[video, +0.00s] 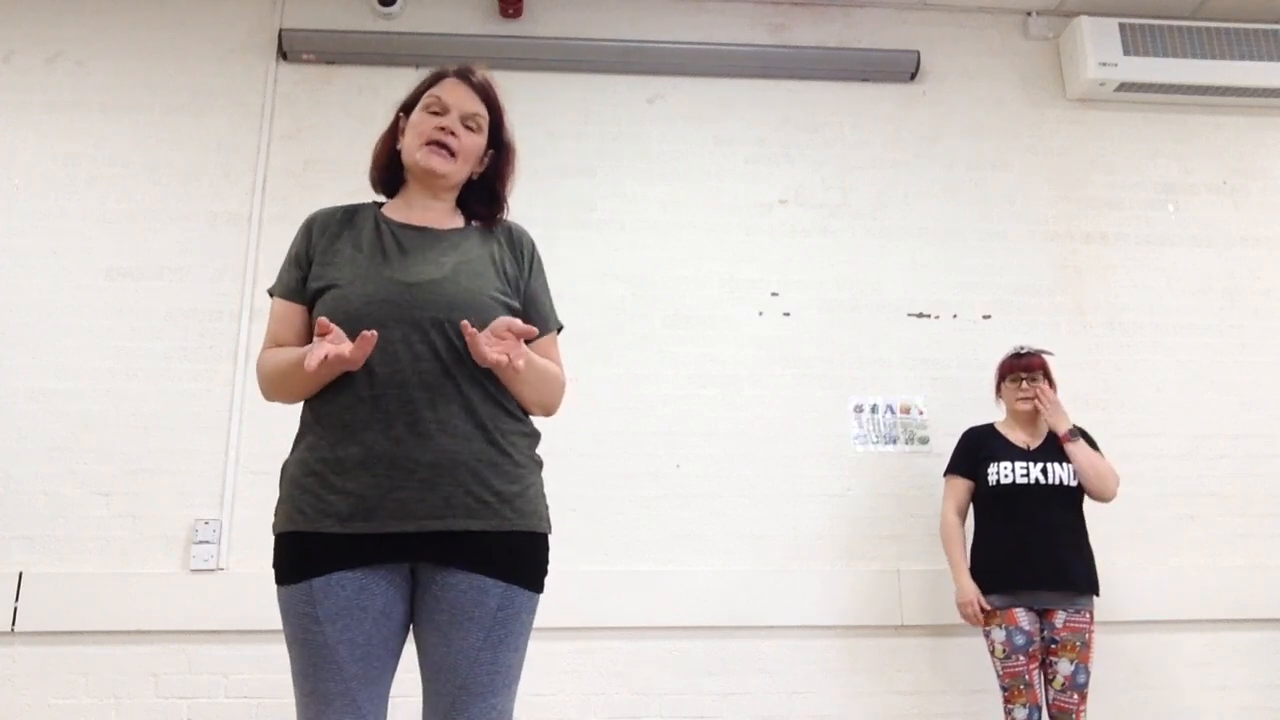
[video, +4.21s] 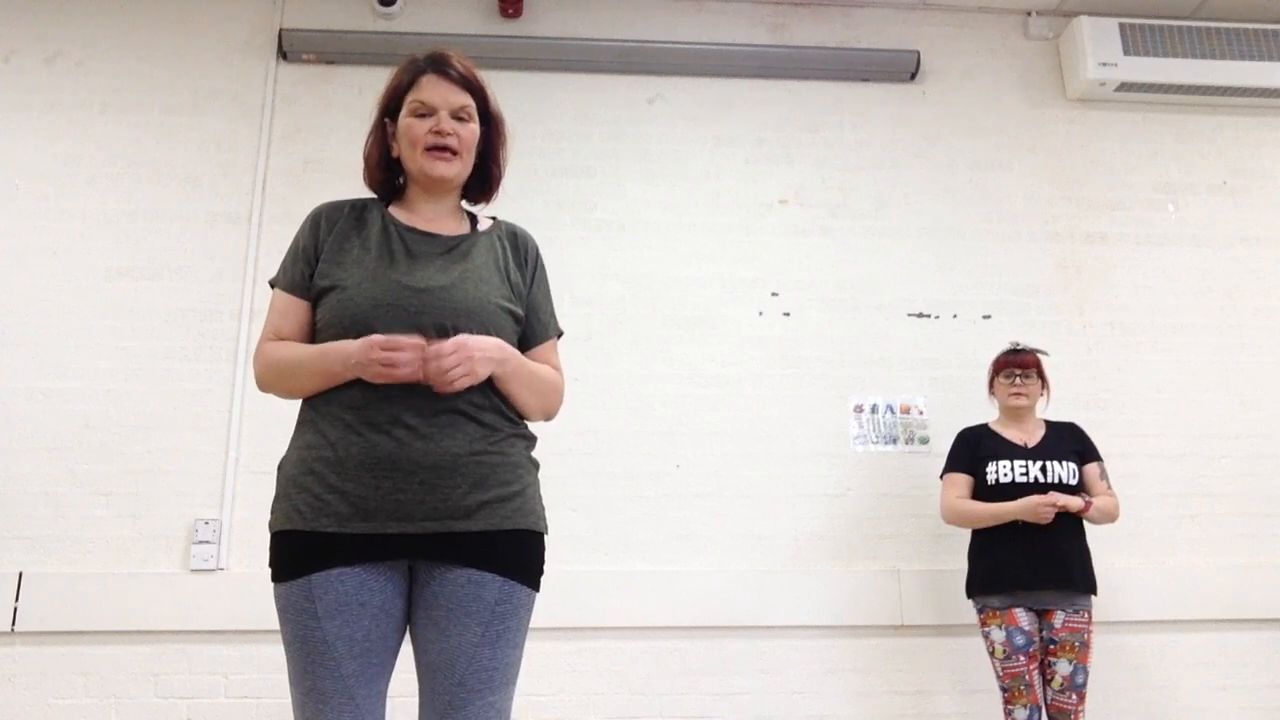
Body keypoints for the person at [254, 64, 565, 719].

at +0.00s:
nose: (449, 125)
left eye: (471, 123)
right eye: (435, 110)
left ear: (485, 159)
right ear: (401, 128)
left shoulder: (511, 248)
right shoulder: (326, 232)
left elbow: (548, 396)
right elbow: (272, 374)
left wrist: (511, 361)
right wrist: (314, 367)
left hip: (487, 523)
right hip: (336, 519)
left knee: (473, 714)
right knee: (337, 713)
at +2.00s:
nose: (446, 113)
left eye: (461, 103)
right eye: (424, 103)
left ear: (483, 132)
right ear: (393, 136)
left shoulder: (523, 244)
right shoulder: (340, 223)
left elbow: (550, 403)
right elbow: (279, 366)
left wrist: (546, 322)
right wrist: (353, 321)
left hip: (492, 519)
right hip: (339, 515)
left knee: (475, 714)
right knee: (339, 713)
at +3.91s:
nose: (447, 128)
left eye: (465, 117)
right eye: (428, 112)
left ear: (486, 139)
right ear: (395, 131)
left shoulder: (516, 248)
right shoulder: (333, 228)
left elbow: (550, 398)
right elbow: (273, 367)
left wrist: (500, 359)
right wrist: (357, 360)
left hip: (488, 521)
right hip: (335, 515)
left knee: (473, 714)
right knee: (337, 713)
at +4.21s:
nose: (443, 127)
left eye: (461, 115)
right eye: (424, 112)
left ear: (483, 138)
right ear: (392, 132)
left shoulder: (514, 249)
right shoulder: (331, 227)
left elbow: (547, 399)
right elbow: (270, 365)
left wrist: (499, 356)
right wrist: (353, 358)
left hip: (486, 518)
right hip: (332, 513)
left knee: (471, 713)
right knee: (335, 713)